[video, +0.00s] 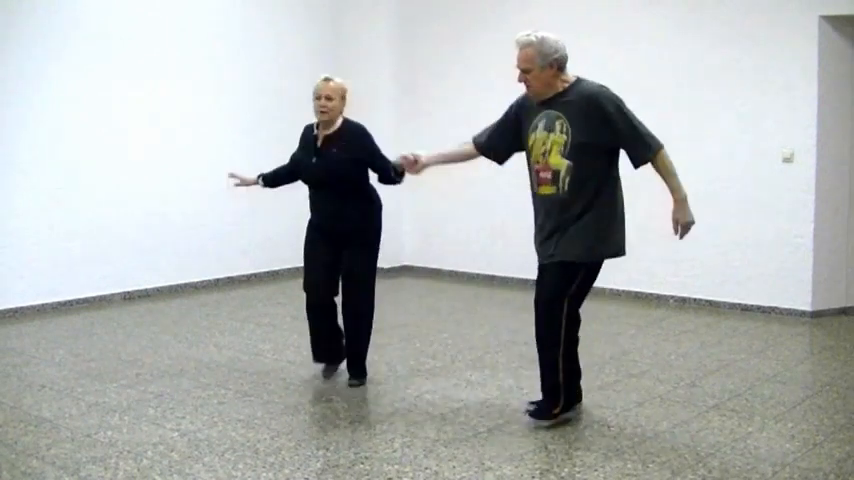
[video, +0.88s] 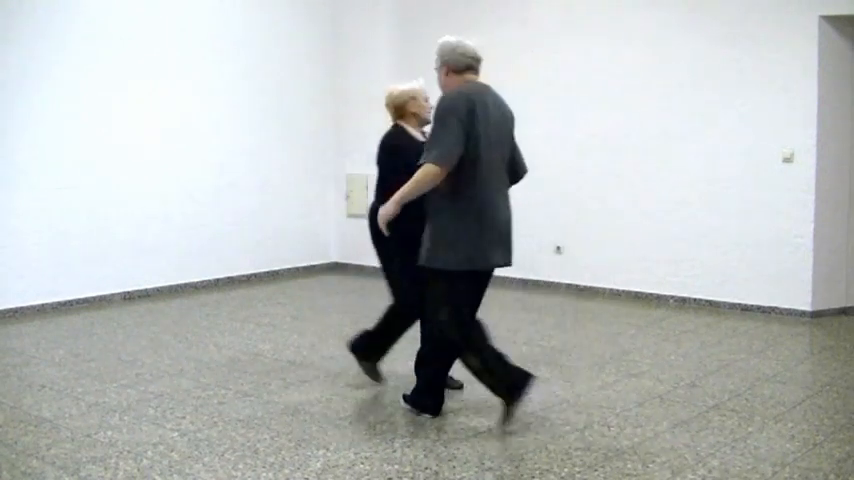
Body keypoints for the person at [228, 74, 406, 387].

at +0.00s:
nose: (323, 104)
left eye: (329, 99)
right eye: (318, 98)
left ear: (342, 103)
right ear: (313, 102)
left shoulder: (357, 135)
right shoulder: (310, 135)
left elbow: (385, 173)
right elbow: (296, 169)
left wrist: (400, 168)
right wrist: (257, 180)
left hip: (361, 226)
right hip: (323, 224)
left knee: (357, 295)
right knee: (316, 291)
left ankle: (357, 366)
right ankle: (332, 354)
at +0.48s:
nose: (345, 107)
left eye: (348, 102)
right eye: (338, 102)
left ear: (352, 106)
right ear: (322, 108)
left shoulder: (362, 135)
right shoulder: (309, 140)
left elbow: (392, 171)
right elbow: (279, 173)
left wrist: (409, 165)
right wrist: (237, 179)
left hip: (370, 222)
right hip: (329, 225)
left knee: (383, 284)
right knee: (330, 291)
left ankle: (388, 356)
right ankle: (340, 359)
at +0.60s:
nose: (371, 108)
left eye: (372, 103)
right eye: (364, 103)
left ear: (373, 108)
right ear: (345, 107)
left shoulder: (383, 137)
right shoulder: (327, 142)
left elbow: (409, 173)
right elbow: (291, 171)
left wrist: (425, 174)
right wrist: (274, 165)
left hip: (383, 225)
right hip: (341, 228)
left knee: (403, 288)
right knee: (339, 293)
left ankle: (420, 362)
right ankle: (335, 359)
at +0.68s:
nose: (391, 108)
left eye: (391, 103)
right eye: (384, 103)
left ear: (390, 107)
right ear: (363, 108)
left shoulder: (399, 139)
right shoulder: (346, 142)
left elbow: (421, 177)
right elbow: (317, 174)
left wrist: (438, 181)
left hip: (395, 231)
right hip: (355, 233)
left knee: (412, 299)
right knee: (350, 297)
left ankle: (431, 372)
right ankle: (332, 354)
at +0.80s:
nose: (418, 107)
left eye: (415, 101)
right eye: (411, 102)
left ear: (403, 108)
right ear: (392, 109)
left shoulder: (420, 143)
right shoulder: (376, 142)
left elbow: (439, 184)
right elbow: (383, 181)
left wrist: (465, 194)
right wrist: (428, 163)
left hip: (415, 228)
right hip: (379, 230)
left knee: (430, 301)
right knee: (385, 302)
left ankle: (432, 373)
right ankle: (342, 345)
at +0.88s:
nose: (429, 105)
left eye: (427, 99)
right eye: (423, 100)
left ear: (407, 109)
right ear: (407, 108)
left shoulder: (420, 139)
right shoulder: (397, 141)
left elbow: (430, 180)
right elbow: (416, 183)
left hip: (421, 225)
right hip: (395, 227)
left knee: (434, 296)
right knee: (412, 298)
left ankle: (436, 368)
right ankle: (366, 348)